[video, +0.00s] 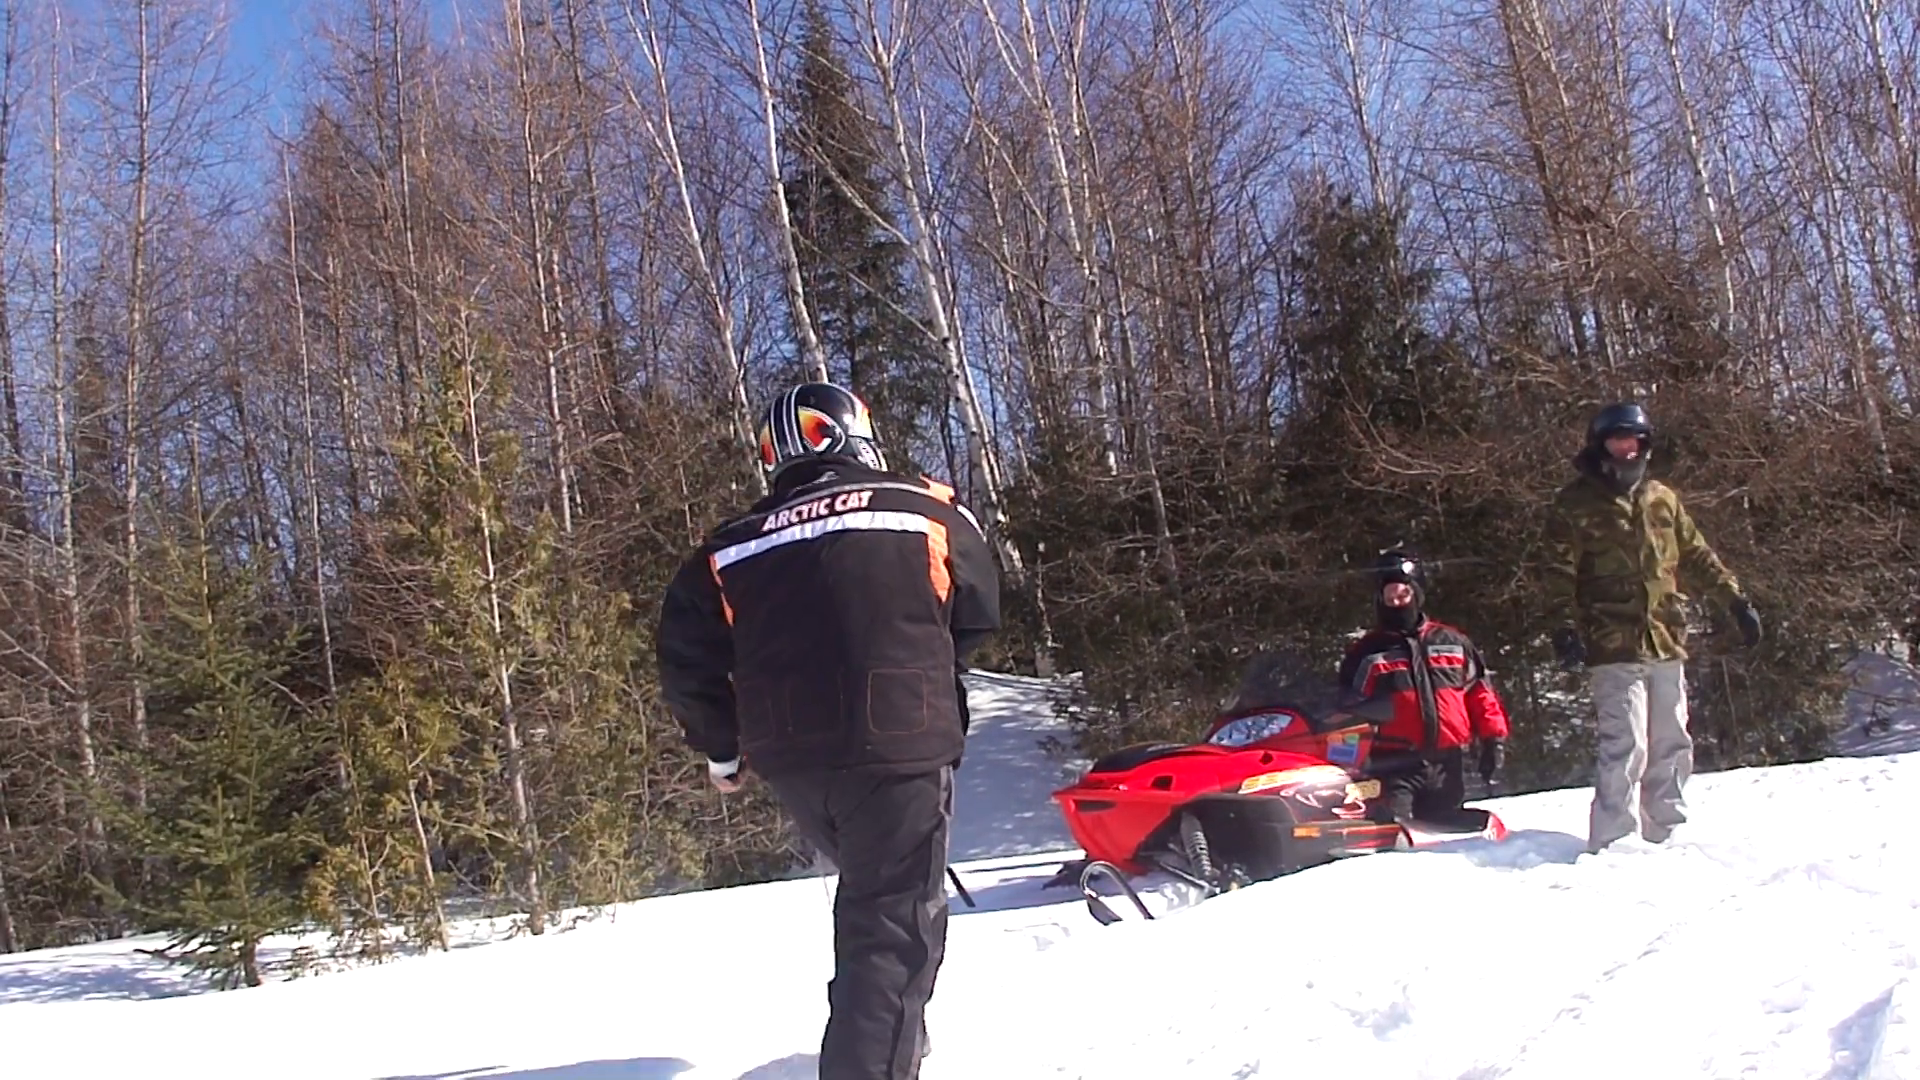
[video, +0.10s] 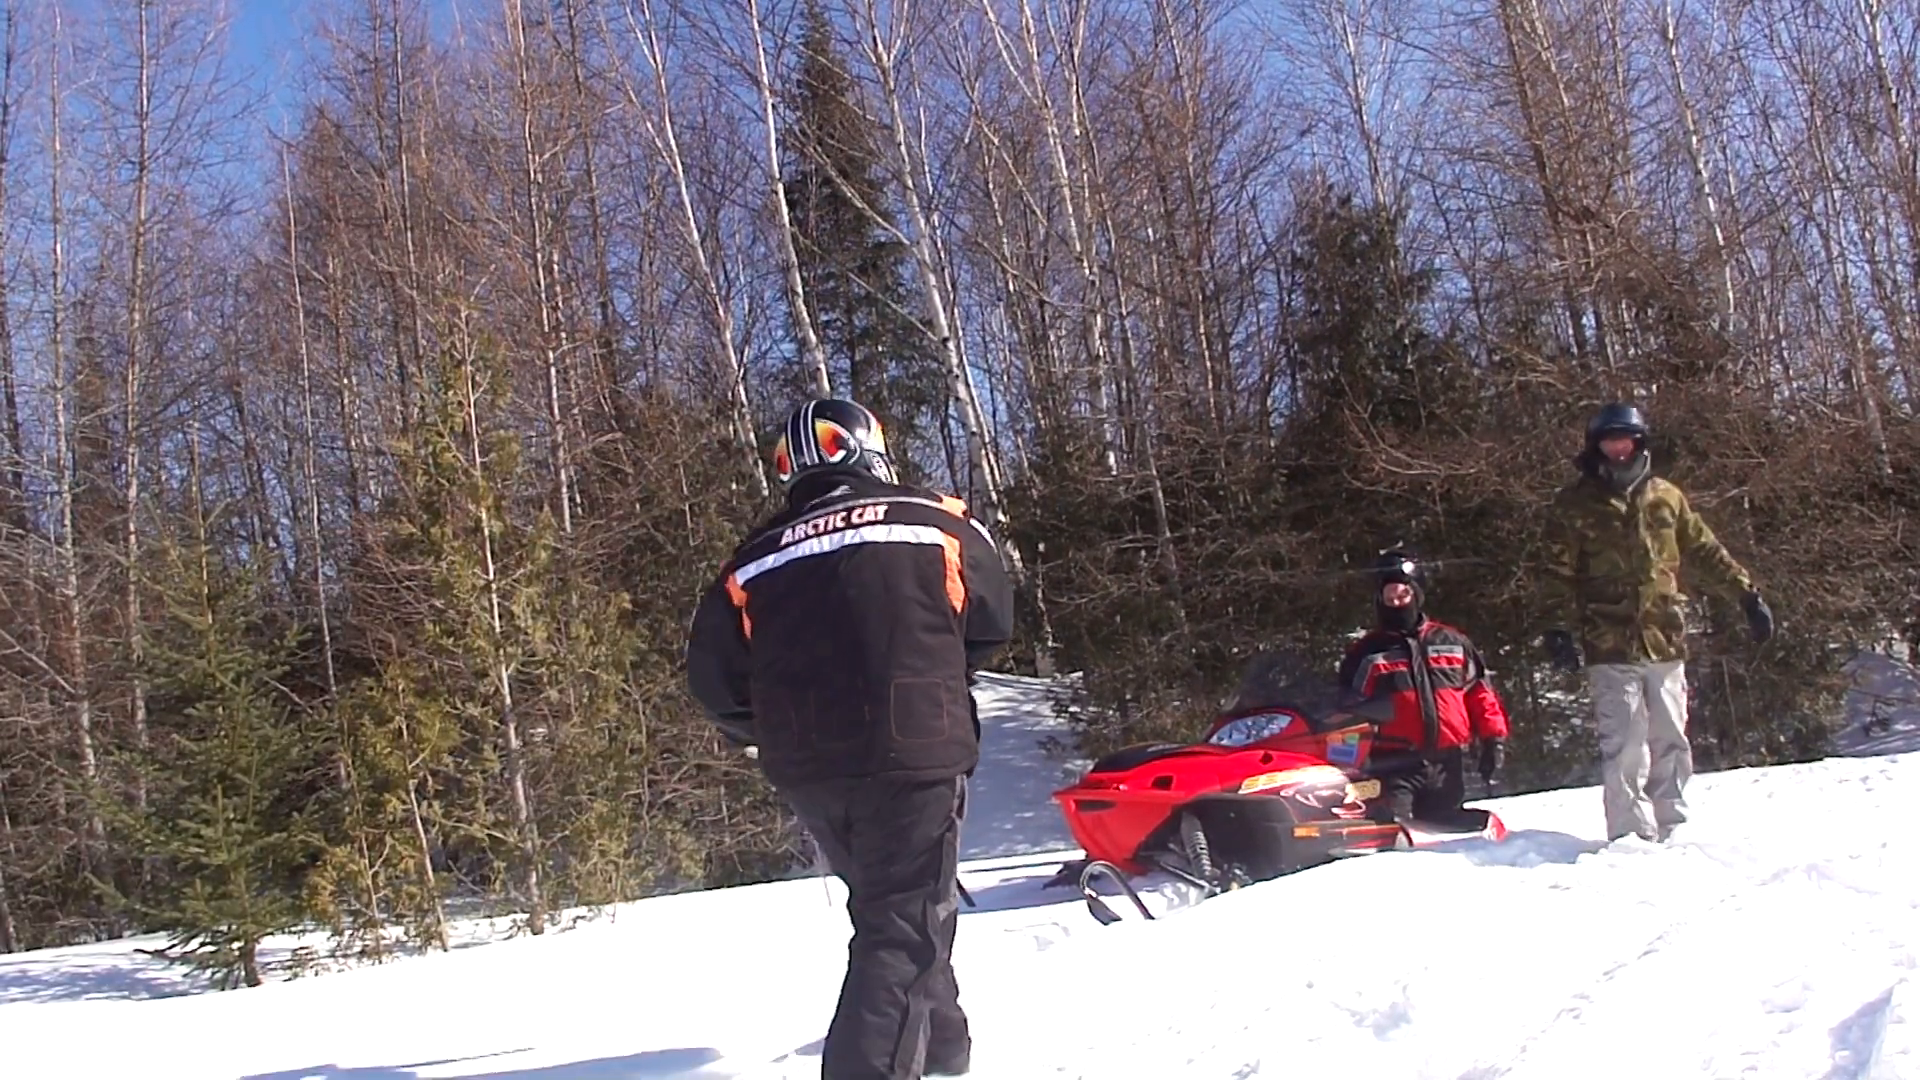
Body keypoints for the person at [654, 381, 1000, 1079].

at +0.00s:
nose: (871, 442)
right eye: (865, 430)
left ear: (772, 450)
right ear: (862, 437)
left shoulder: (728, 539)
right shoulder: (926, 502)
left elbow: (685, 648)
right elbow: (981, 606)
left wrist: (718, 748)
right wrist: (939, 659)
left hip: (784, 755)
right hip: (903, 746)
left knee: (887, 894)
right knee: (885, 927)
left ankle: (896, 1047)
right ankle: (862, 1069)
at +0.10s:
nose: (888, 458)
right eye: (881, 447)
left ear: (786, 469)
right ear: (874, 451)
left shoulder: (752, 555)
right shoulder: (936, 516)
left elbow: (709, 673)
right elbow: (996, 617)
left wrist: (758, 724)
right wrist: (942, 664)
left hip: (804, 766)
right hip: (918, 755)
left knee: (904, 910)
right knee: (893, 930)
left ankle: (942, 1055)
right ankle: (864, 1071)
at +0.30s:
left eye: (799, 495)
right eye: (890, 480)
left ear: (804, 501)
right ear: (885, 485)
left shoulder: (775, 588)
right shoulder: (944, 542)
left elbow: (756, 688)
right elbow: (1021, 619)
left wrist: (823, 693)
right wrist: (954, 631)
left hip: (841, 783)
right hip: (950, 765)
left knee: (892, 929)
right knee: (954, 925)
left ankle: (941, 1057)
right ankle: (877, 1070)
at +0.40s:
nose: (906, 514)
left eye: (817, 516)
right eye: (901, 505)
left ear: (817, 527)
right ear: (897, 509)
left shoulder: (784, 613)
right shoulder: (951, 567)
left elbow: (772, 714)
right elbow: (1035, 636)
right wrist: (987, 570)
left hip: (854, 805)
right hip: (960, 782)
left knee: (903, 939)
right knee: (993, 923)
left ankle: (910, 1047)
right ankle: (916, 1047)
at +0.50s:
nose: (930, 540)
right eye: (925, 530)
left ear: (842, 546)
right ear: (916, 534)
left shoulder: (799, 636)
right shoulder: (966, 591)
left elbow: (804, 742)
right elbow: (1045, 671)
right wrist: (1012, 601)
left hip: (864, 837)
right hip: (969, 814)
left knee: (910, 962)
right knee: (1027, 913)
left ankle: (918, 1053)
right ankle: (958, 994)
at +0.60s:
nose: (963, 550)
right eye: (957, 541)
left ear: (865, 553)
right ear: (944, 541)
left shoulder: (822, 634)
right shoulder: (987, 596)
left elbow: (822, 736)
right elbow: (1056, 698)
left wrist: (892, 741)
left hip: (878, 829)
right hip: (983, 803)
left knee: (918, 961)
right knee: (1035, 879)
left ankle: (934, 1066)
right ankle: (1024, 1007)